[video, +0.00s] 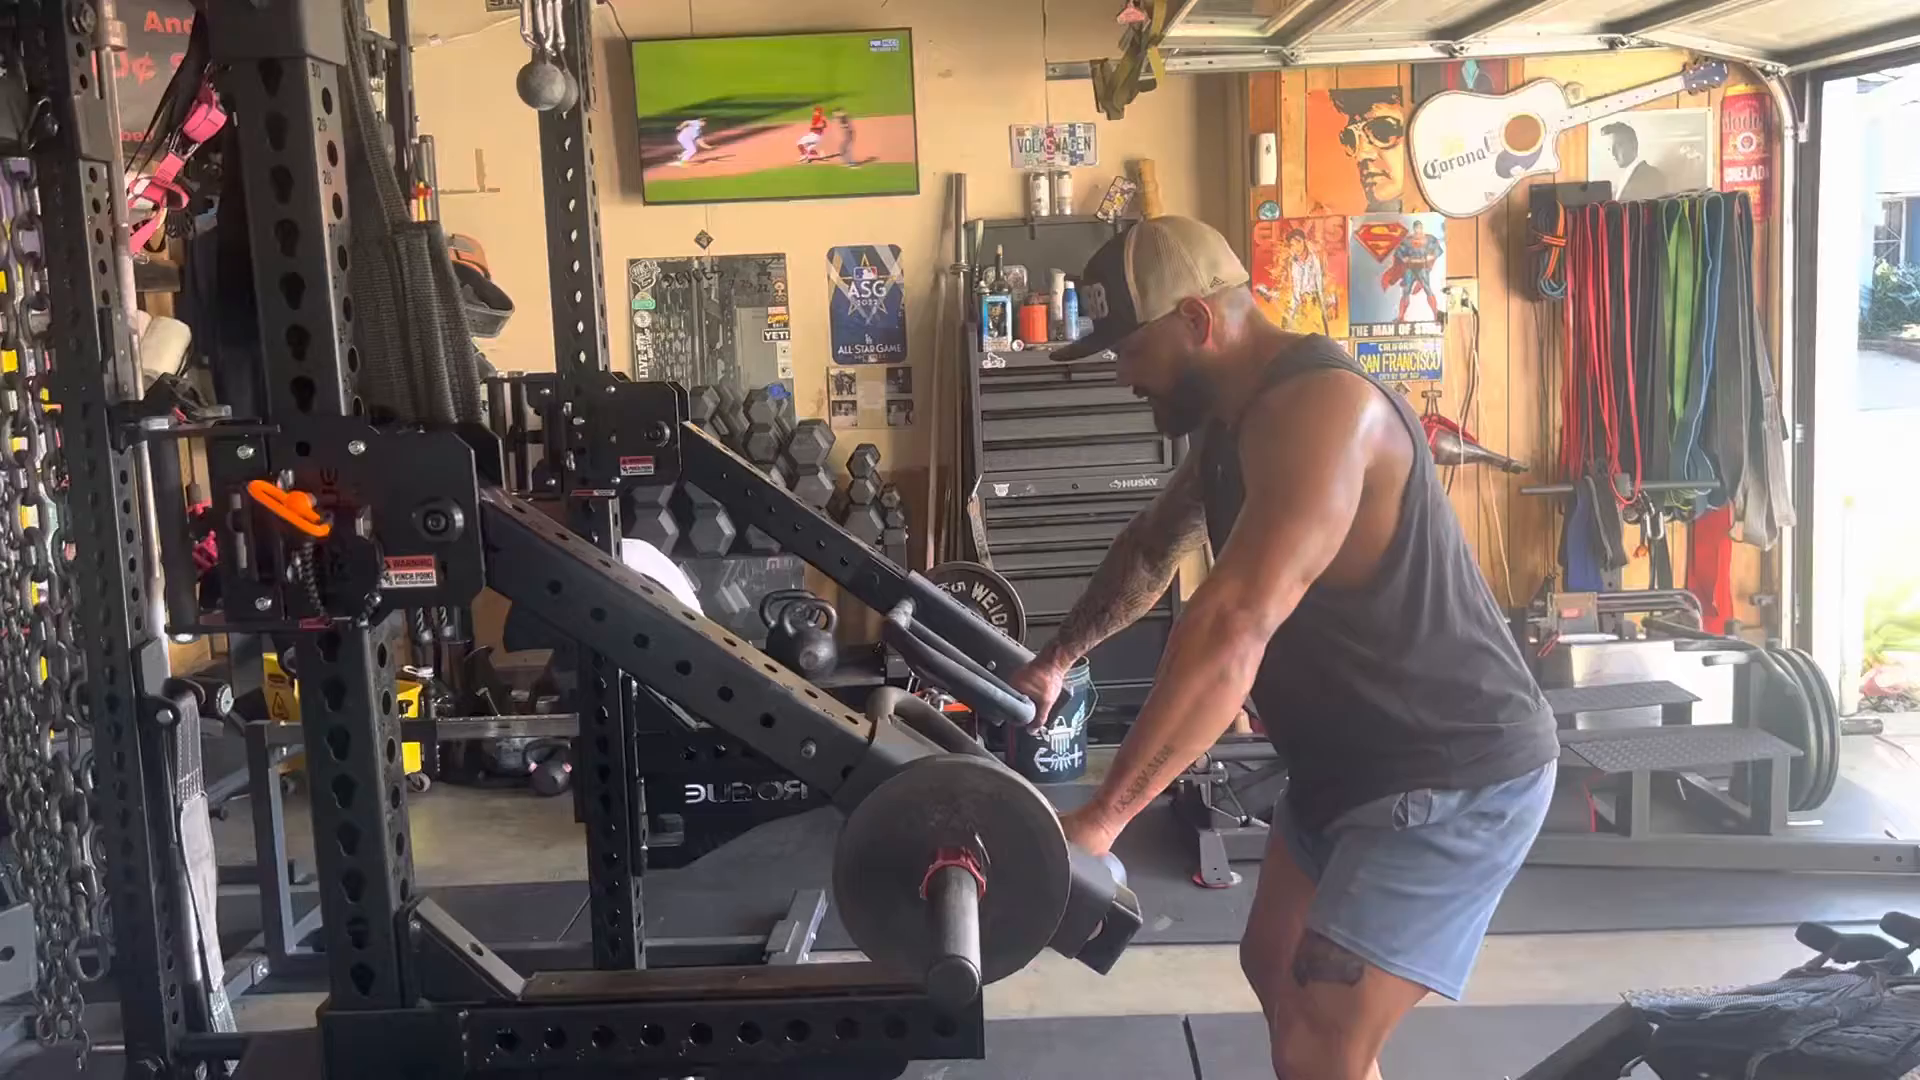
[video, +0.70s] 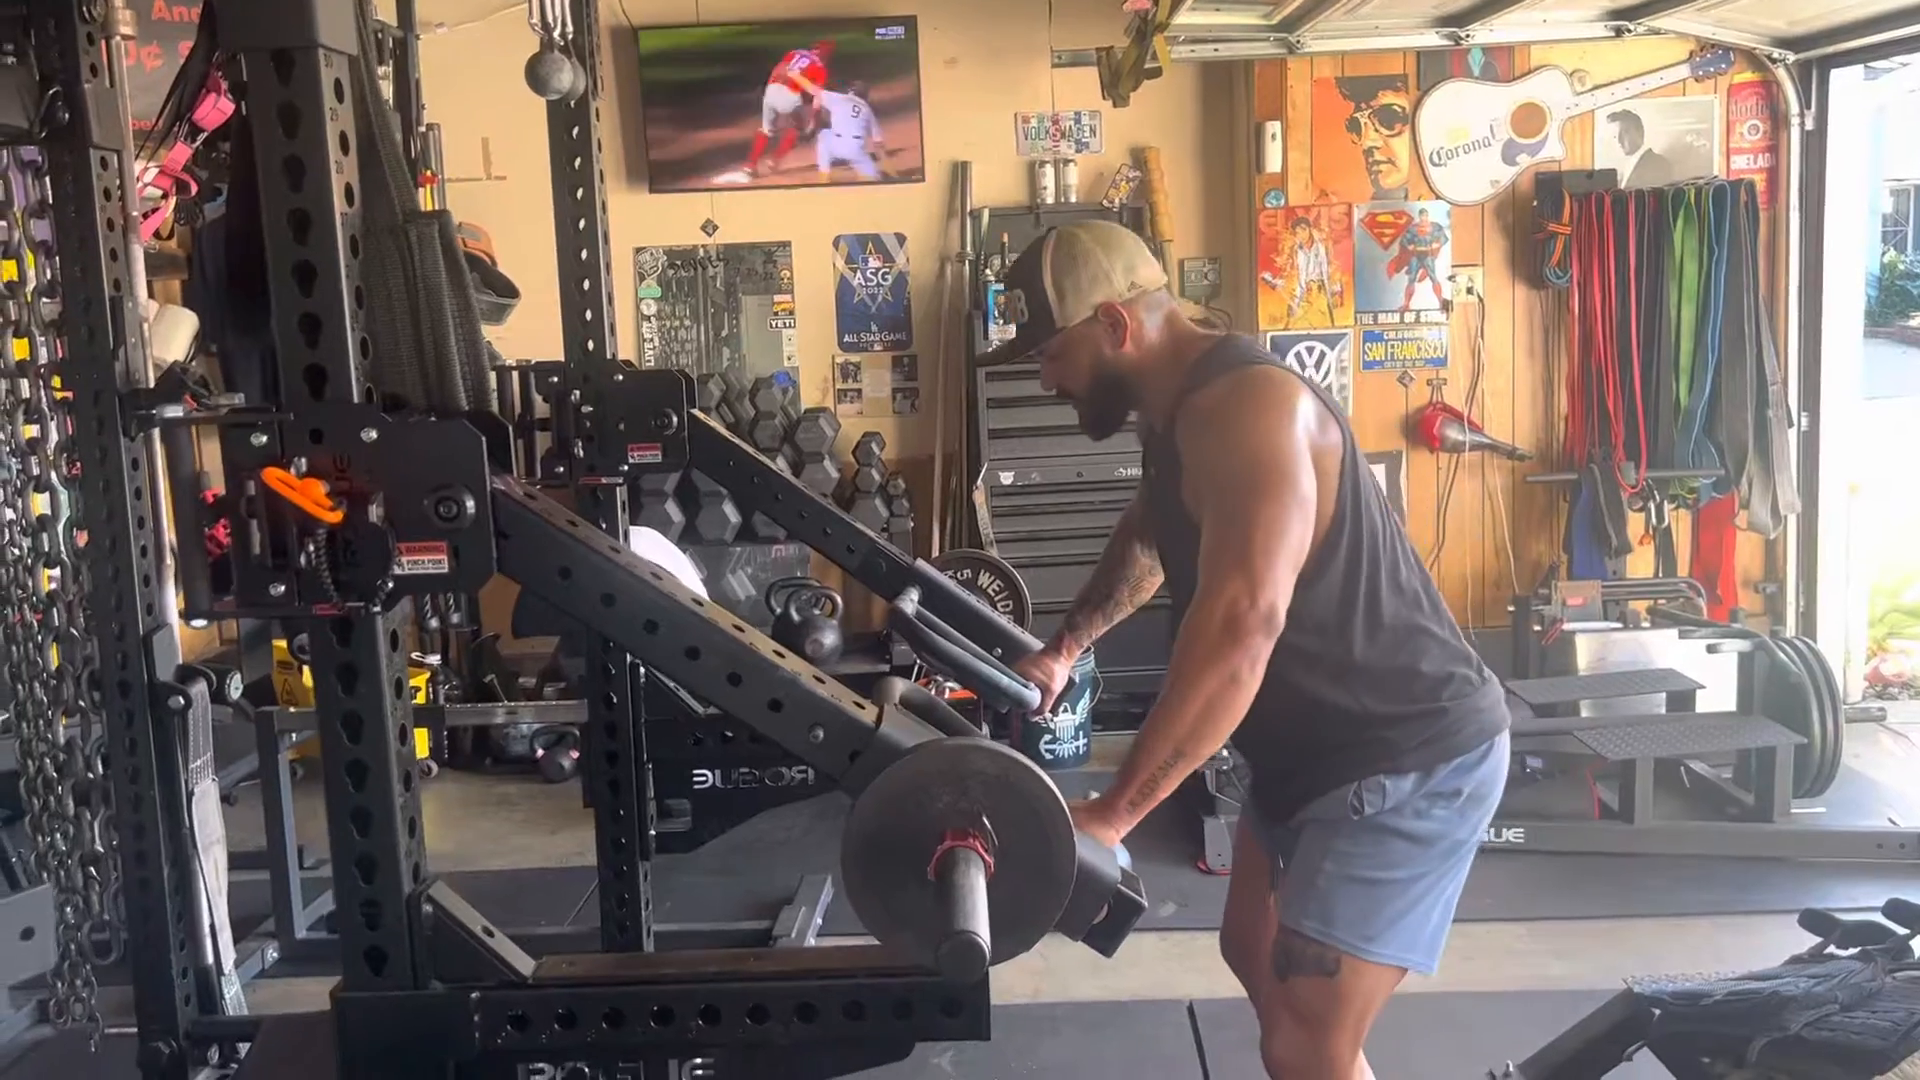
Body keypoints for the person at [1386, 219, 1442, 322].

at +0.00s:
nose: (1418, 231)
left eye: (1420, 228)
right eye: (1416, 229)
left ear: (1423, 229)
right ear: (1413, 229)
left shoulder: (1430, 239)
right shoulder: (1407, 240)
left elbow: (1438, 250)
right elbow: (1398, 252)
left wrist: (1431, 257)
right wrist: (1404, 259)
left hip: (1423, 265)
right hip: (1410, 265)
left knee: (1427, 289)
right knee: (1406, 291)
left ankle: (1435, 314)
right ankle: (1401, 316)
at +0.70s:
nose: (1424, 218)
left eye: (1425, 216)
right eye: (1422, 216)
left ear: (1428, 216)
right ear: (1419, 217)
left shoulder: (1435, 227)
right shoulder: (1413, 228)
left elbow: (1444, 238)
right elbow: (1403, 240)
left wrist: (1437, 244)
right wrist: (1409, 247)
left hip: (1428, 253)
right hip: (1416, 253)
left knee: (1433, 277)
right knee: (1411, 278)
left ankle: (1441, 302)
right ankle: (1406, 304)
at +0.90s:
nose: (1430, 211)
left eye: (1431, 208)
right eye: (1428, 209)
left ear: (1434, 209)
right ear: (1424, 210)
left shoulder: (1441, 220)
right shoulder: (1418, 221)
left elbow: (1449, 231)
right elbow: (1409, 233)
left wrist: (1443, 237)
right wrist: (1415, 239)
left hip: (1434, 246)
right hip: (1421, 246)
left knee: (1439, 270)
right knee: (1417, 272)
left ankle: (1446, 295)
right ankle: (1411, 297)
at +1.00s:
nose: (1433, 205)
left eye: (1435, 203)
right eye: (1431, 203)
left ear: (1438, 204)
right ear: (1428, 204)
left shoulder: (1445, 214)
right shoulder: (1422, 215)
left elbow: (1453, 225)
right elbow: (1413, 227)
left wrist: (1447, 231)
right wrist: (1419, 233)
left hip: (1438, 240)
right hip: (1425, 240)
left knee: (1442, 264)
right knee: (1420, 266)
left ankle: (1450, 289)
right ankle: (1415, 291)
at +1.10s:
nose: (1436, 197)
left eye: (1437, 194)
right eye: (1434, 194)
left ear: (1440, 195)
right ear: (1431, 195)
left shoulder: (1448, 205)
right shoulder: (1425, 205)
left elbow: (1455, 216)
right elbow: (1416, 217)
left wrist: (1449, 224)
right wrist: (1421, 225)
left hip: (1440, 231)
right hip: (1427, 231)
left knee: (1445, 255)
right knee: (1423, 257)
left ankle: (1452, 280)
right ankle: (1417, 282)